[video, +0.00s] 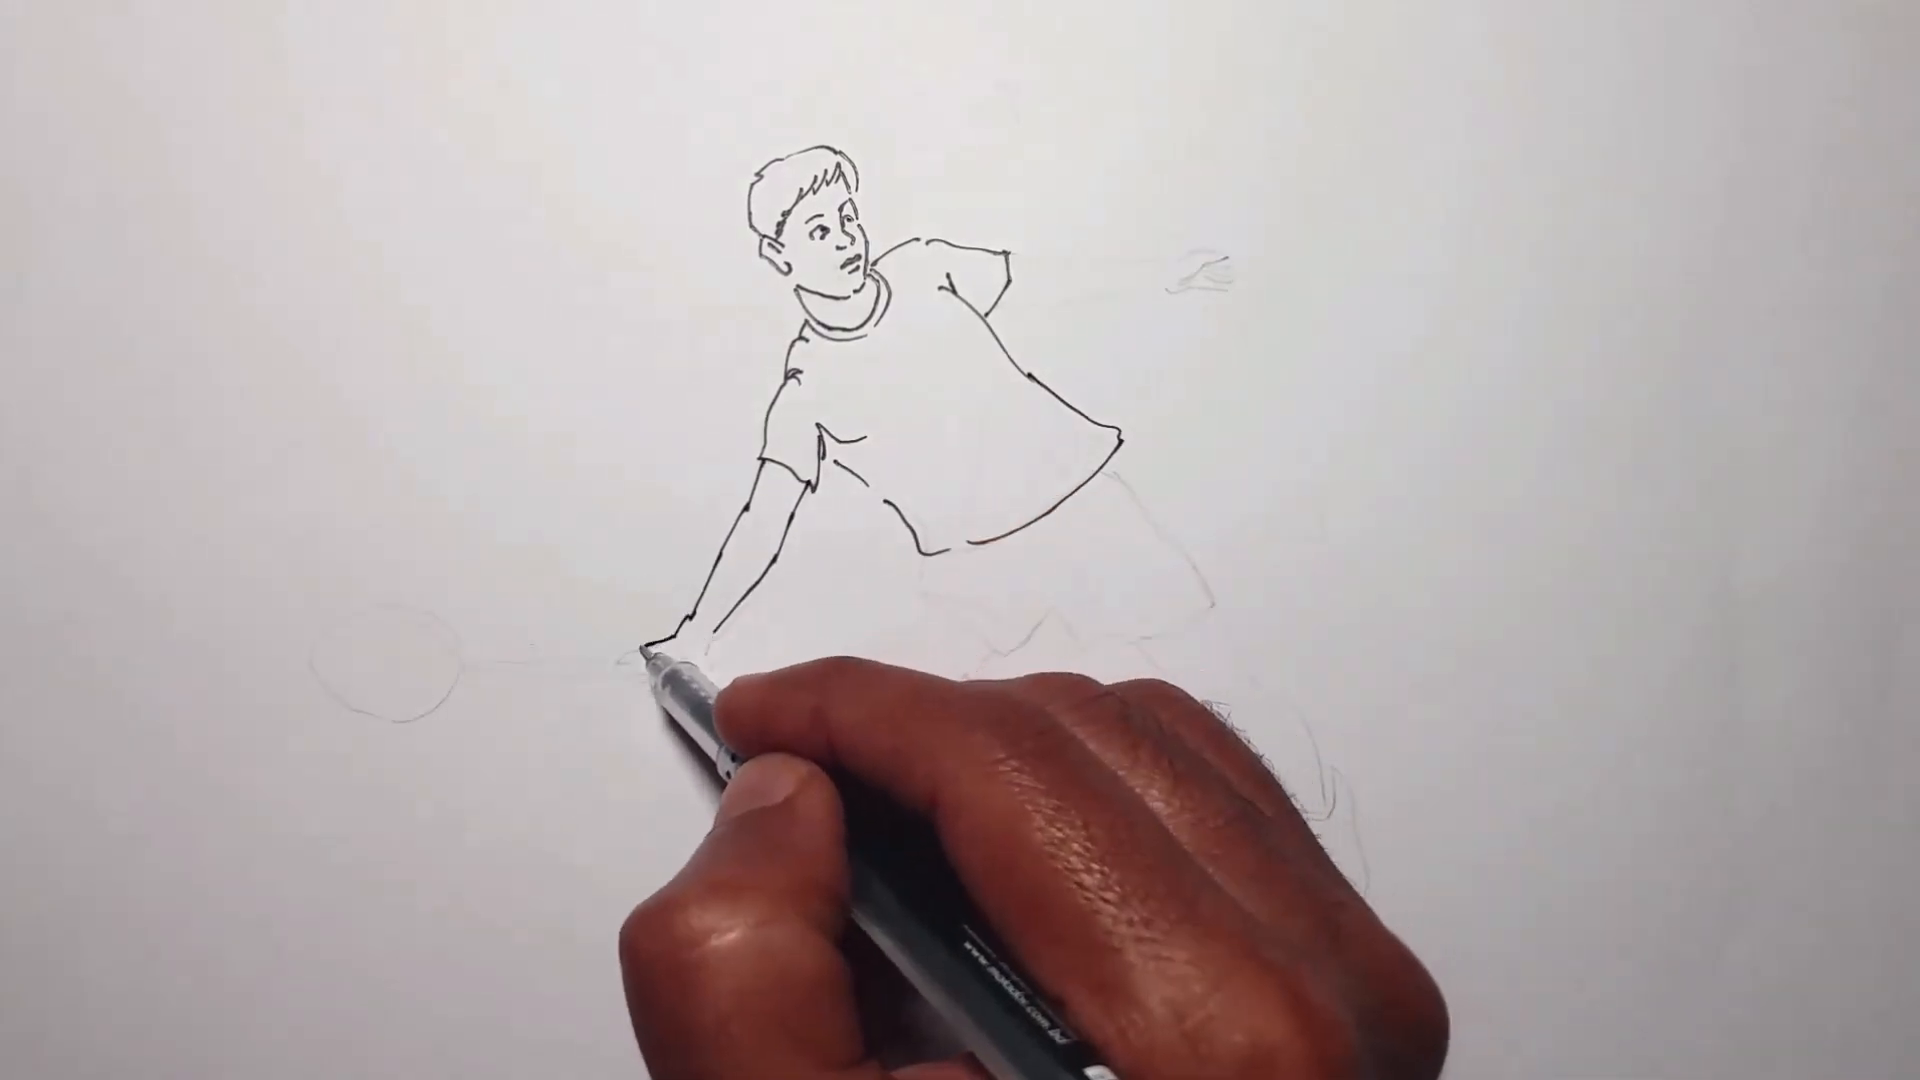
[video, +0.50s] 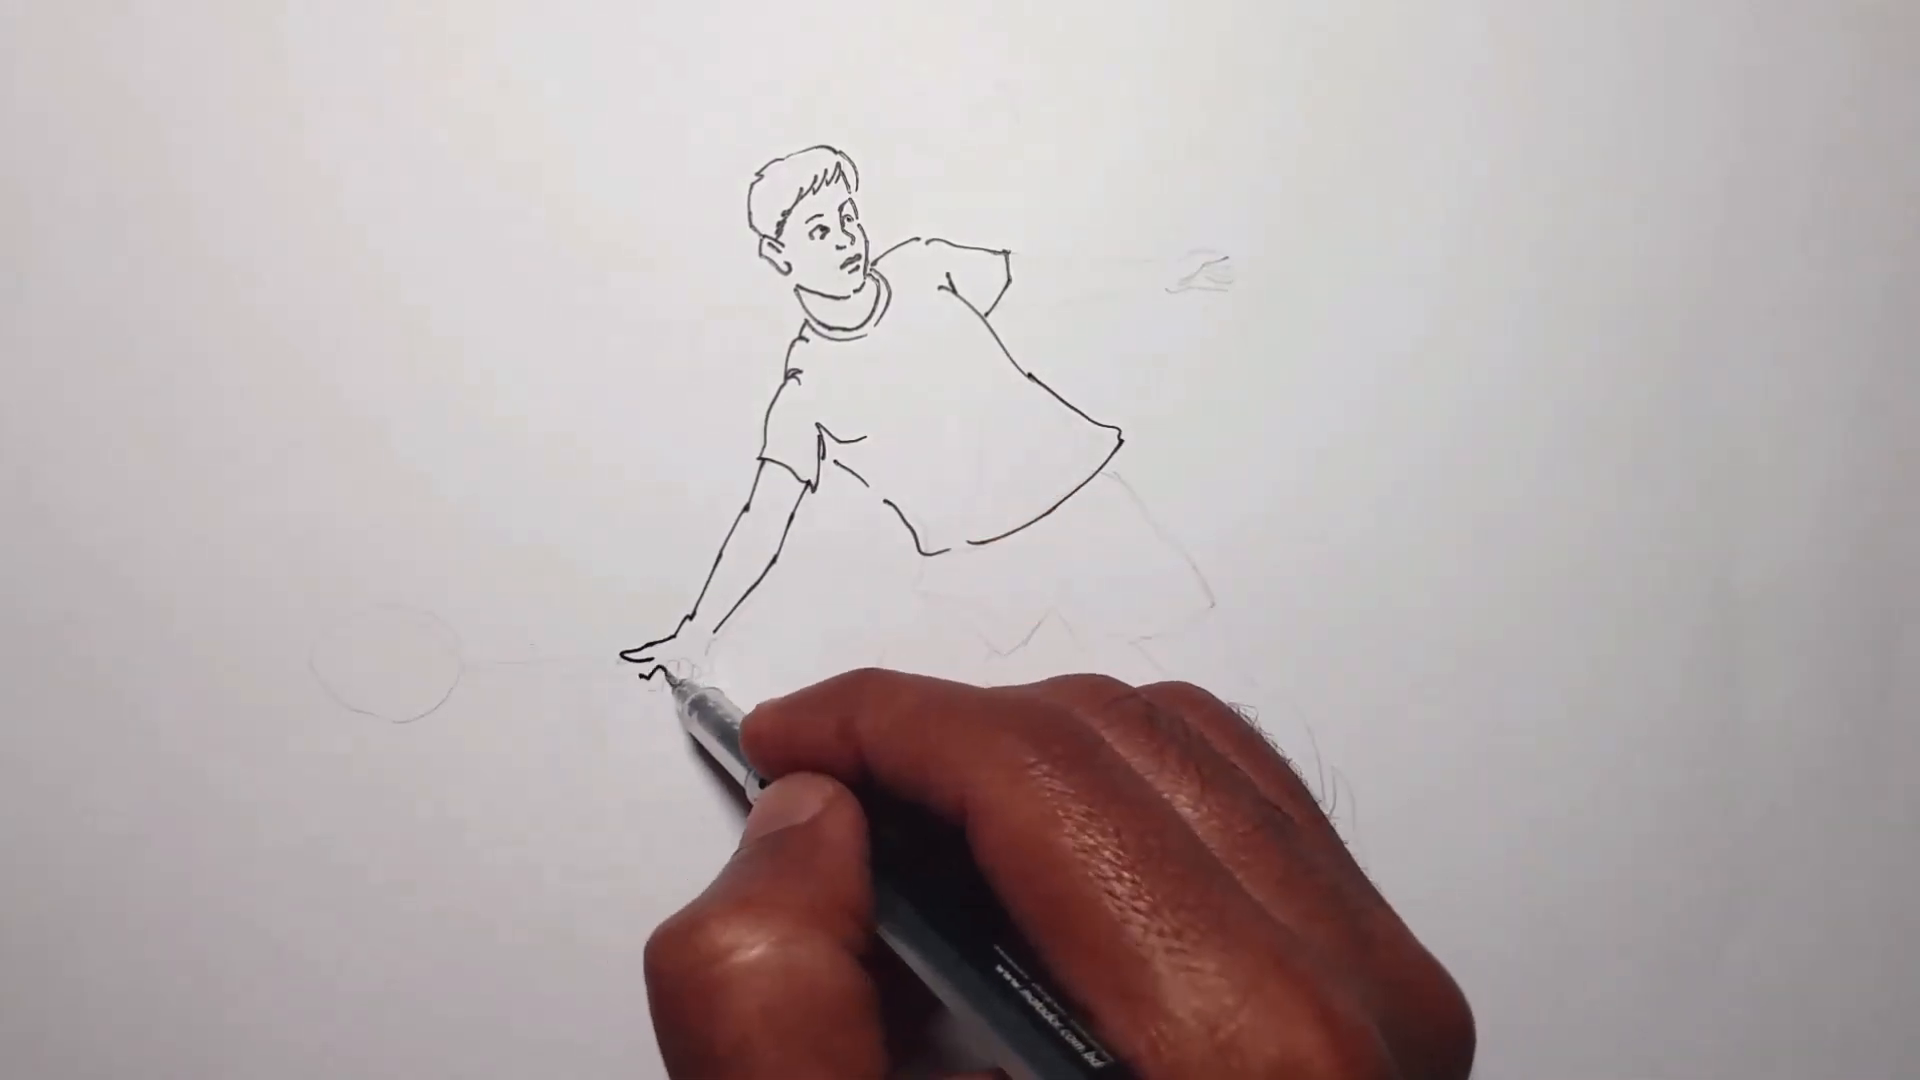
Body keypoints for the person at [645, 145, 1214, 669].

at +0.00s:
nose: (846, 241)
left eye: (846, 215)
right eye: (817, 230)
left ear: (861, 211)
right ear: (776, 257)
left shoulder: (927, 267)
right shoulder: (805, 401)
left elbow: (1050, 274)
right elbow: (759, 531)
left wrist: (1172, 282)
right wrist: (695, 632)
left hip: (1088, 500)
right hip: (980, 569)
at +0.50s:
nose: (844, 240)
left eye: (845, 215)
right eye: (816, 230)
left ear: (861, 210)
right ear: (775, 255)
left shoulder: (927, 267)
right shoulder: (805, 402)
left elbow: (1054, 272)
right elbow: (761, 525)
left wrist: (1171, 281)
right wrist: (695, 631)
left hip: (1093, 502)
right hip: (983, 571)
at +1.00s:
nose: (843, 240)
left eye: (844, 216)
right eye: (815, 231)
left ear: (859, 211)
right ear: (775, 256)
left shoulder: (927, 268)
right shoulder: (805, 399)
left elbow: (1060, 272)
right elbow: (761, 525)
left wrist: (1171, 278)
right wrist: (695, 632)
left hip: (1093, 496)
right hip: (977, 566)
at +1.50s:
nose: (843, 241)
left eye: (844, 215)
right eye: (814, 230)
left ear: (859, 210)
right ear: (775, 257)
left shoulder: (928, 264)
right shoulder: (805, 404)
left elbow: (1062, 278)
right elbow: (760, 528)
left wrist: (1170, 287)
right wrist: (696, 632)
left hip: (1102, 505)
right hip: (981, 576)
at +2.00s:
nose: (833, 242)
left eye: (838, 214)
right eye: (804, 233)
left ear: (861, 210)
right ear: (775, 259)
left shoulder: (937, 275)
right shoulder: (805, 392)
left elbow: (1032, 266)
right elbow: (760, 526)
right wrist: (692, 631)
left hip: (1095, 521)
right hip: (962, 586)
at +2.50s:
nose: (833, 243)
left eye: (837, 215)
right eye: (805, 233)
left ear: (861, 211)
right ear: (775, 259)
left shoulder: (937, 272)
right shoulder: (805, 392)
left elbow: (1066, 274)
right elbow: (762, 522)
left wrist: (1179, 282)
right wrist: (700, 627)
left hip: (1094, 516)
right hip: (967, 585)